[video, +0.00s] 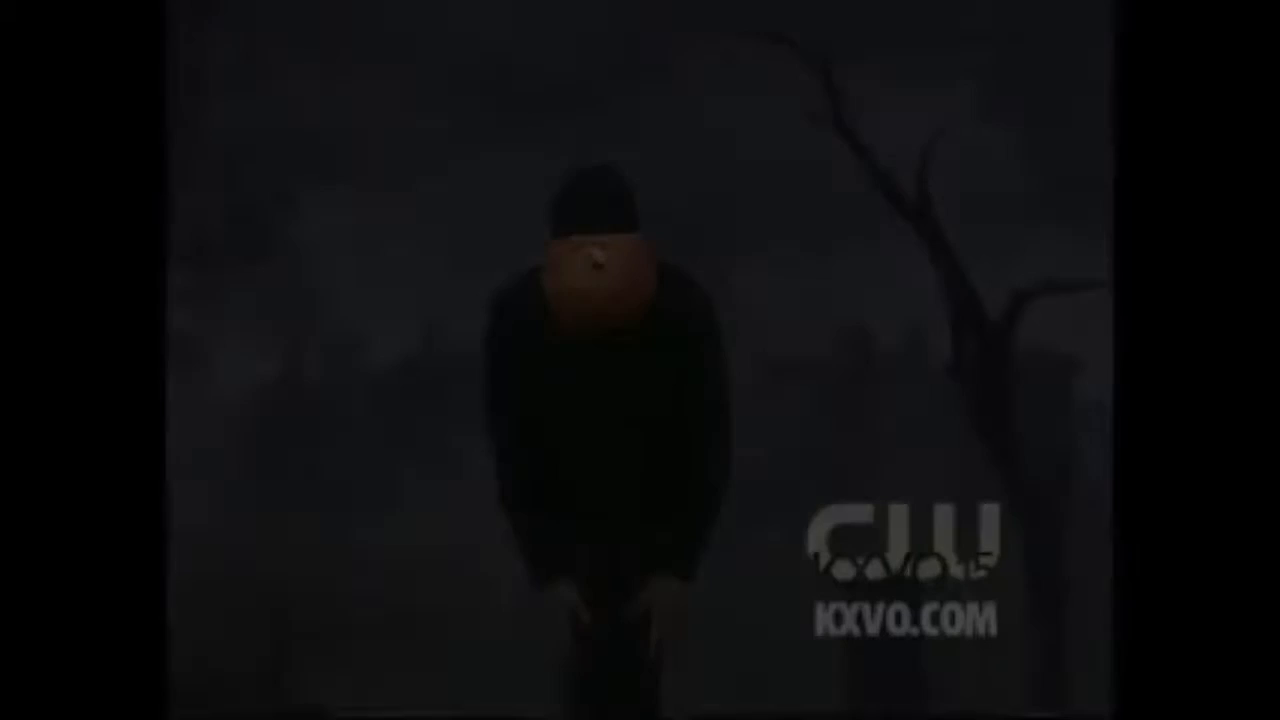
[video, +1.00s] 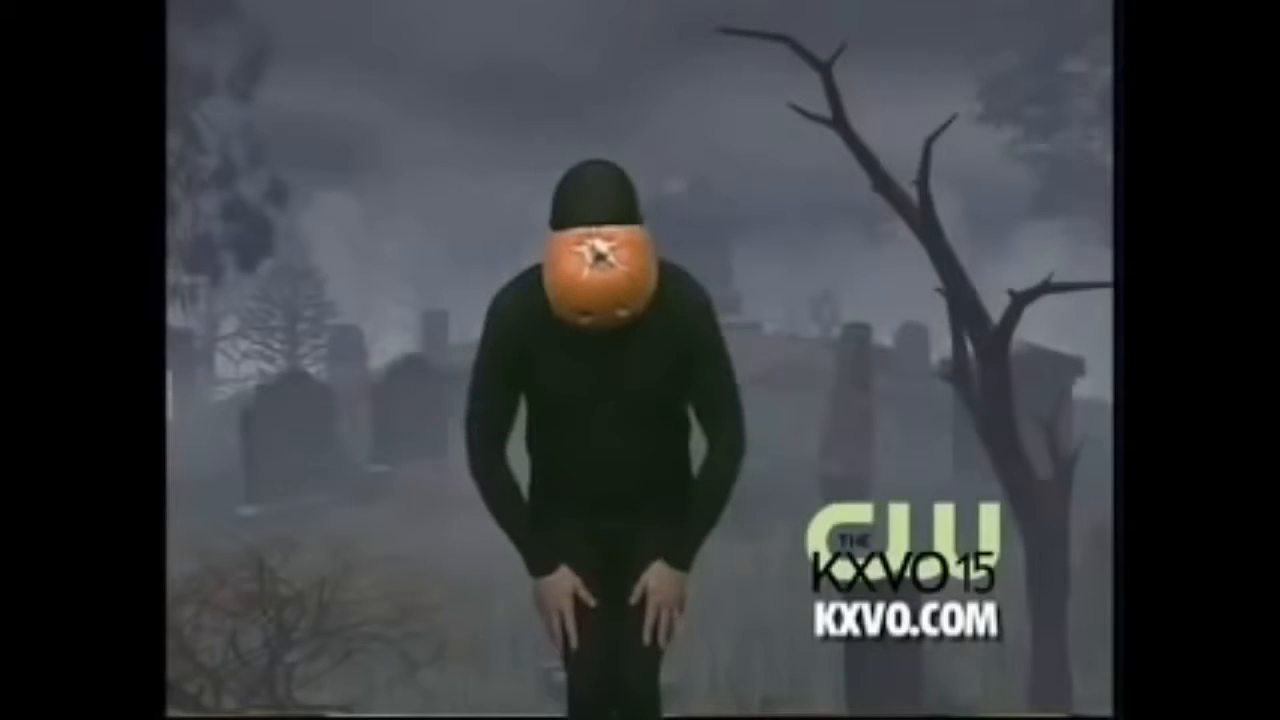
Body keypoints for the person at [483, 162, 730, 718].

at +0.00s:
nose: (599, 272)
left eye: (613, 254)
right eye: (582, 257)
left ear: (638, 251)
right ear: (555, 256)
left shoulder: (681, 310)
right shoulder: (520, 316)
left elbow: (708, 446)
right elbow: (513, 450)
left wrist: (679, 566)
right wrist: (549, 568)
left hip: (652, 515)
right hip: (564, 519)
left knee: (638, 677)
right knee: (574, 675)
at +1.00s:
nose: (598, 258)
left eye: (615, 243)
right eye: (581, 244)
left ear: (640, 239)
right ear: (555, 241)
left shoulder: (680, 303)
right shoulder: (519, 310)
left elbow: (727, 440)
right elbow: (485, 449)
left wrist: (677, 559)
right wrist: (542, 563)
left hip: (657, 507)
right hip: (564, 511)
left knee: (635, 681)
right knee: (588, 684)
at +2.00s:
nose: (597, 246)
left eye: (613, 229)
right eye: (580, 230)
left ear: (638, 230)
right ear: (553, 232)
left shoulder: (677, 298)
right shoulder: (519, 306)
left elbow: (753, 427)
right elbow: (461, 442)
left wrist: (678, 533)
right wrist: (544, 540)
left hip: (656, 520)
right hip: (560, 523)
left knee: (635, 690)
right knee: (586, 693)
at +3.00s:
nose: (604, 242)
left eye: (622, 223)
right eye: (587, 223)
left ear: (648, 226)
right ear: (560, 228)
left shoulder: (682, 292)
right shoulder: (526, 298)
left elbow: (775, 409)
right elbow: (456, 434)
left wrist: (693, 497)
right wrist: (536, 511)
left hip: (659, 534)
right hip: (564, 537)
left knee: (637, 696)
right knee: (589, 696)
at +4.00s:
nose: (610, 209)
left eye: (628, 196)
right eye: (594, 195)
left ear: (657, 210)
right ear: (566, 210)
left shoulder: (688, 298)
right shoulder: (530, 302)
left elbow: (780, 412)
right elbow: (460, 433)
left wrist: (724, 439)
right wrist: (504, 448)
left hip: (659, 528)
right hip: (564, 532)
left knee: (638, 694)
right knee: (589, 693)